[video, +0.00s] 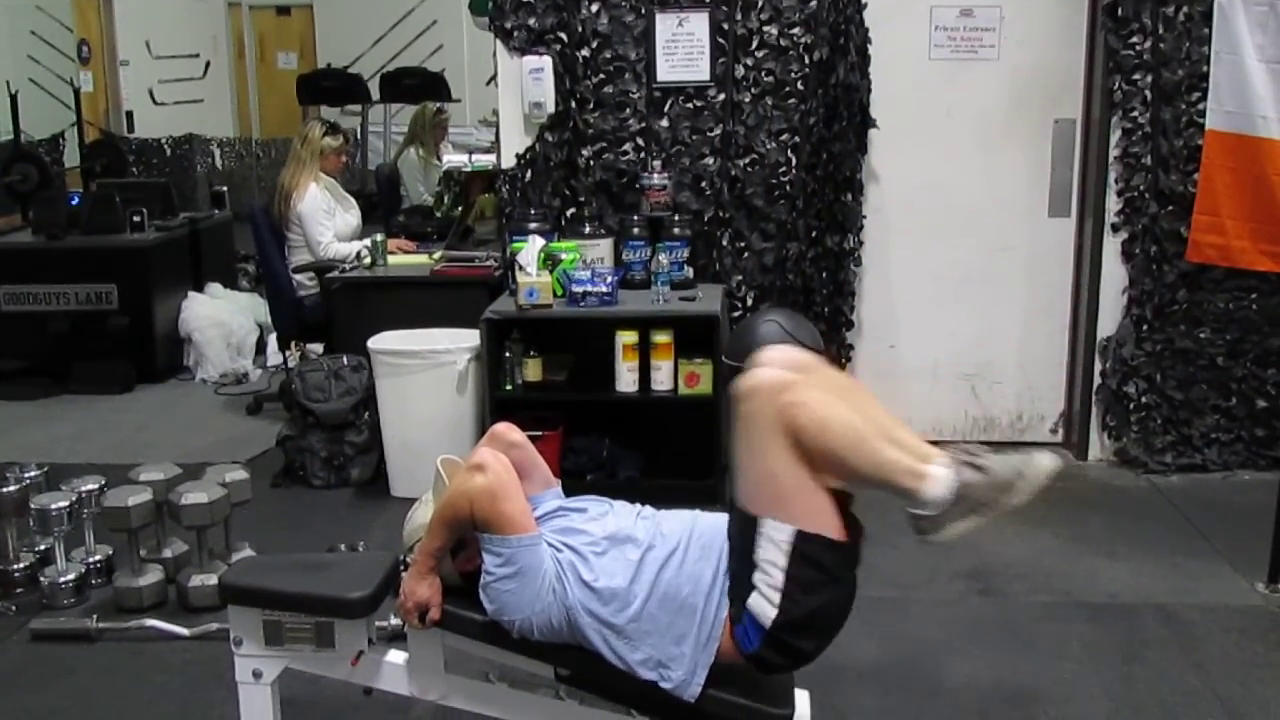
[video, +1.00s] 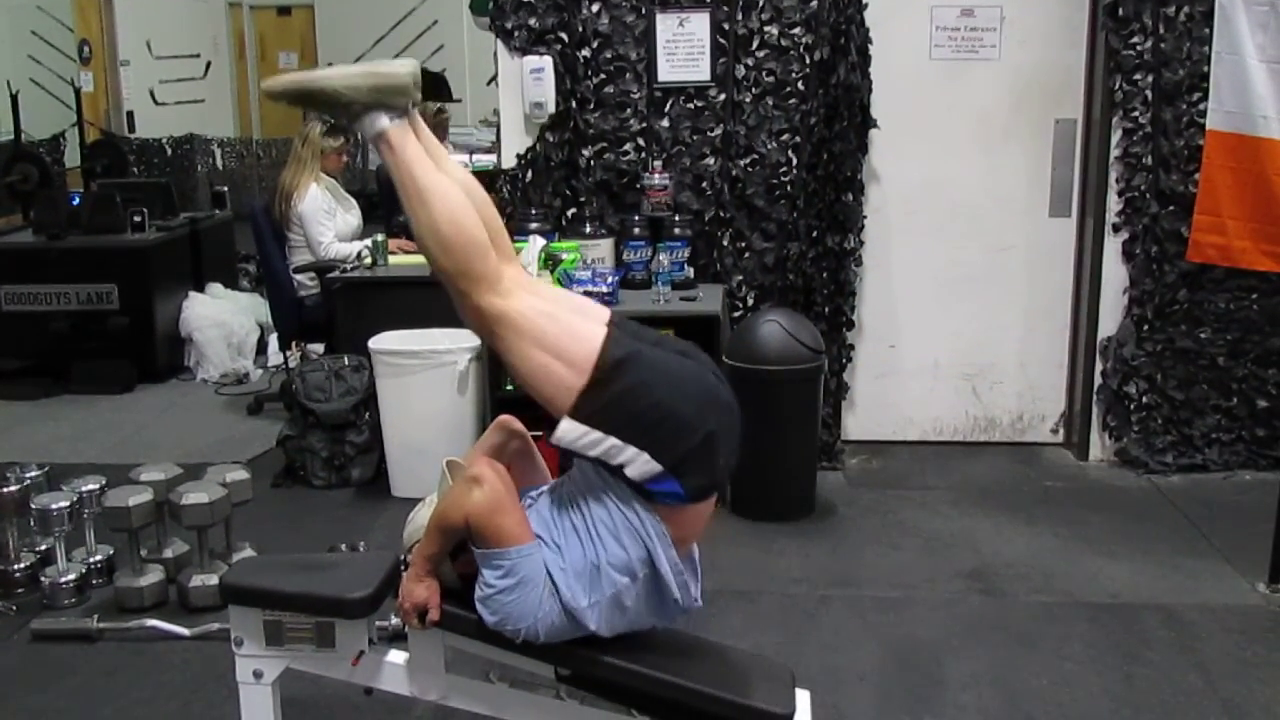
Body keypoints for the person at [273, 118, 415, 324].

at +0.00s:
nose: (344, 160)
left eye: (345, 154)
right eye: (338, 155)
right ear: (318, 155)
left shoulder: (322, 187)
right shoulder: (310, 192)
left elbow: (334, 244)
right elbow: (324, 251)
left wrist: (380, 243)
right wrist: (380, 246)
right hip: (318, 291)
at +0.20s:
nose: (344, 160)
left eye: (345, 153)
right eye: (338, 154)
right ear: (318, 154)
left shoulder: (323, 186)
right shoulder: (310, 192)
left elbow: (334, 244)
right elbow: (325, 251)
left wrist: (380, 243)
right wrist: (379, 245)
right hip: (317, 290)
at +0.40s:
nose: (344, 160)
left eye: (345, 153)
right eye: (338, 154)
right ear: (318, 154)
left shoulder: (323, 186)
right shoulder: (310, 192)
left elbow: (335, 243)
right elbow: (325, 251)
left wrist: (379, 243)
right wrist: (378, 245)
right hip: (318, 291)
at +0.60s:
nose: (345, 160)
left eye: (345, 153)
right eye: (339, 154)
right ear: (319, 155)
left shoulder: (323, 187)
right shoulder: (311, 192)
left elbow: (334, 244)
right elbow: (325, 251)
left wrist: (380, 243)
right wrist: (380, 245)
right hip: (318, 291)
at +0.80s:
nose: (345, 160)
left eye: (346, 153)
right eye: (339, 153)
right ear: (319, 154)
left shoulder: (325, 185)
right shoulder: (310, 191)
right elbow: (325, 250)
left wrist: (378, 243)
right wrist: (378, 245)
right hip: (319, 293)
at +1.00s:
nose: (345, 160)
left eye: (346, 153)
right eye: (339, 154)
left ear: (324, 155)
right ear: (320, 154)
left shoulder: (324, 187)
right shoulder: (311, 192)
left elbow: (335, 244)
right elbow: (325, 251)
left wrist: (381, 243)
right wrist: (380, 246)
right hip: (319, 291)